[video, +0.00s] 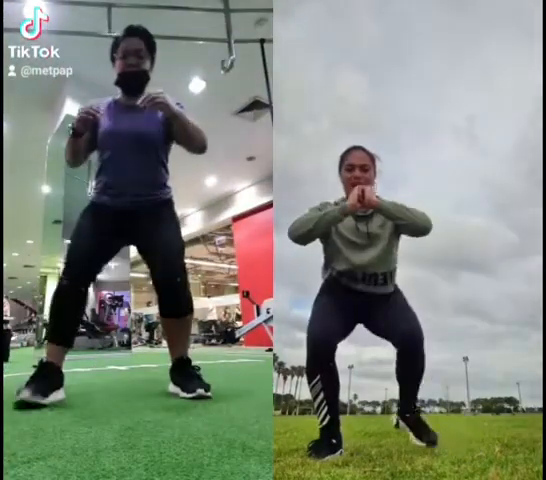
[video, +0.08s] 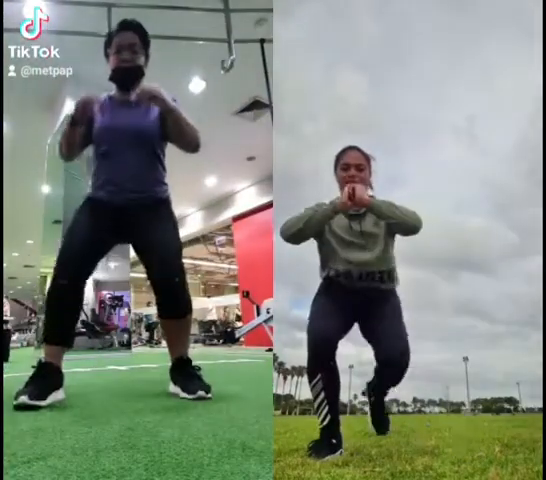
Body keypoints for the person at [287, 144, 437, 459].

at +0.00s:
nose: (358, 175)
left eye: (365, 169)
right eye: (350, 169)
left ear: (375, 175)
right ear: (341, 175)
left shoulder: (389, 213)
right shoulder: (330, 212)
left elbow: (424, 226)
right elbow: (296, 234)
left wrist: (378, 205)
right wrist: (345, 209)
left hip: (383, 298)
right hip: (339, 296)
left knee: (412, 339)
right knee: (318, 345)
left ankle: (408, 412)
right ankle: (330, 436)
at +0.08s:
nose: (353, 175)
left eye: (360, 169)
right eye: (345, 169)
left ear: (370, 175)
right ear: (336, 176)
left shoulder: (383, 212)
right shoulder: (324, 214)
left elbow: (414, 225)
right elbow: (288, 233)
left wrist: (371, 203)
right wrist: (336, 207)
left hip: (380, 295)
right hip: (336, 293)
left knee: (396, 360)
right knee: (319, 347)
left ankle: (376, 393)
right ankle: (330, 435)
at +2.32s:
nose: (446, 229)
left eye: (453, 223)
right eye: (438, 224)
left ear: (464, 228)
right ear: (430, 233)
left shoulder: (479, 262)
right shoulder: (423, 272)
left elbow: (522, 278)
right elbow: (398, 304)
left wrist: (467, 258)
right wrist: (440, 270)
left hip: (499, 343)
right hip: (455, 353)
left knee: (477, 351)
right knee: (502, 435)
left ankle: (455, 434)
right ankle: (535, 414)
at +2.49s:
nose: (443, 224)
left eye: (450, 218)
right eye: (435, 220)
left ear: (460, 224)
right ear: (427, 229)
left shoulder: (481, 259)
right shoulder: (421, 267)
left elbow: (525, 264)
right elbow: (395, 289)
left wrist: (469, 248)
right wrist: (440, 258)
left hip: (500, 338)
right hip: (455, 349)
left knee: (476, 346)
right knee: (502, 435)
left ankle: (455, 434)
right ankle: (534, 414)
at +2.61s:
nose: (437, 195)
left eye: (443, 189)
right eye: (429, 190)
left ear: (453, 195)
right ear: (420, 198)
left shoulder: (473, 233)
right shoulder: (413, 235)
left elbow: (519, 238)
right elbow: (389, 255)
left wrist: (466, 220)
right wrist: (435, 226)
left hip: (482, 313)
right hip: (440, 323)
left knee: (473, 343)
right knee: (470, 405)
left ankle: (455, 433)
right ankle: (525, 410)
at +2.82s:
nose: (425, 175)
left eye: (431, 168)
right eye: (417, 170)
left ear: (442, 172)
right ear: (408, 177)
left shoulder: (461, 207)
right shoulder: (402, 215)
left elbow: (499, 222)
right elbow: (374, 238)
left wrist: (450, 204)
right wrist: (417, 210)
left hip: (468, 297)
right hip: (424, 297)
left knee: (471, 348)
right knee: (400, 359)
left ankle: (454, 433)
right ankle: (435, 397)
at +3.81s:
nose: (356, 186)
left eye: (363, 180)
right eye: (349, 180)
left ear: (373, 186)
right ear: (339, 186)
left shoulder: (387, 221)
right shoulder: (331, 224)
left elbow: (418, 234)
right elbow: (299, 243)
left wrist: (374, 208)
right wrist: (345, 213)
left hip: (380, 306)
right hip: (339, 300)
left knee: (384, 384)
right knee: (333, 350)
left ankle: (345, 387)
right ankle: (349, 438)